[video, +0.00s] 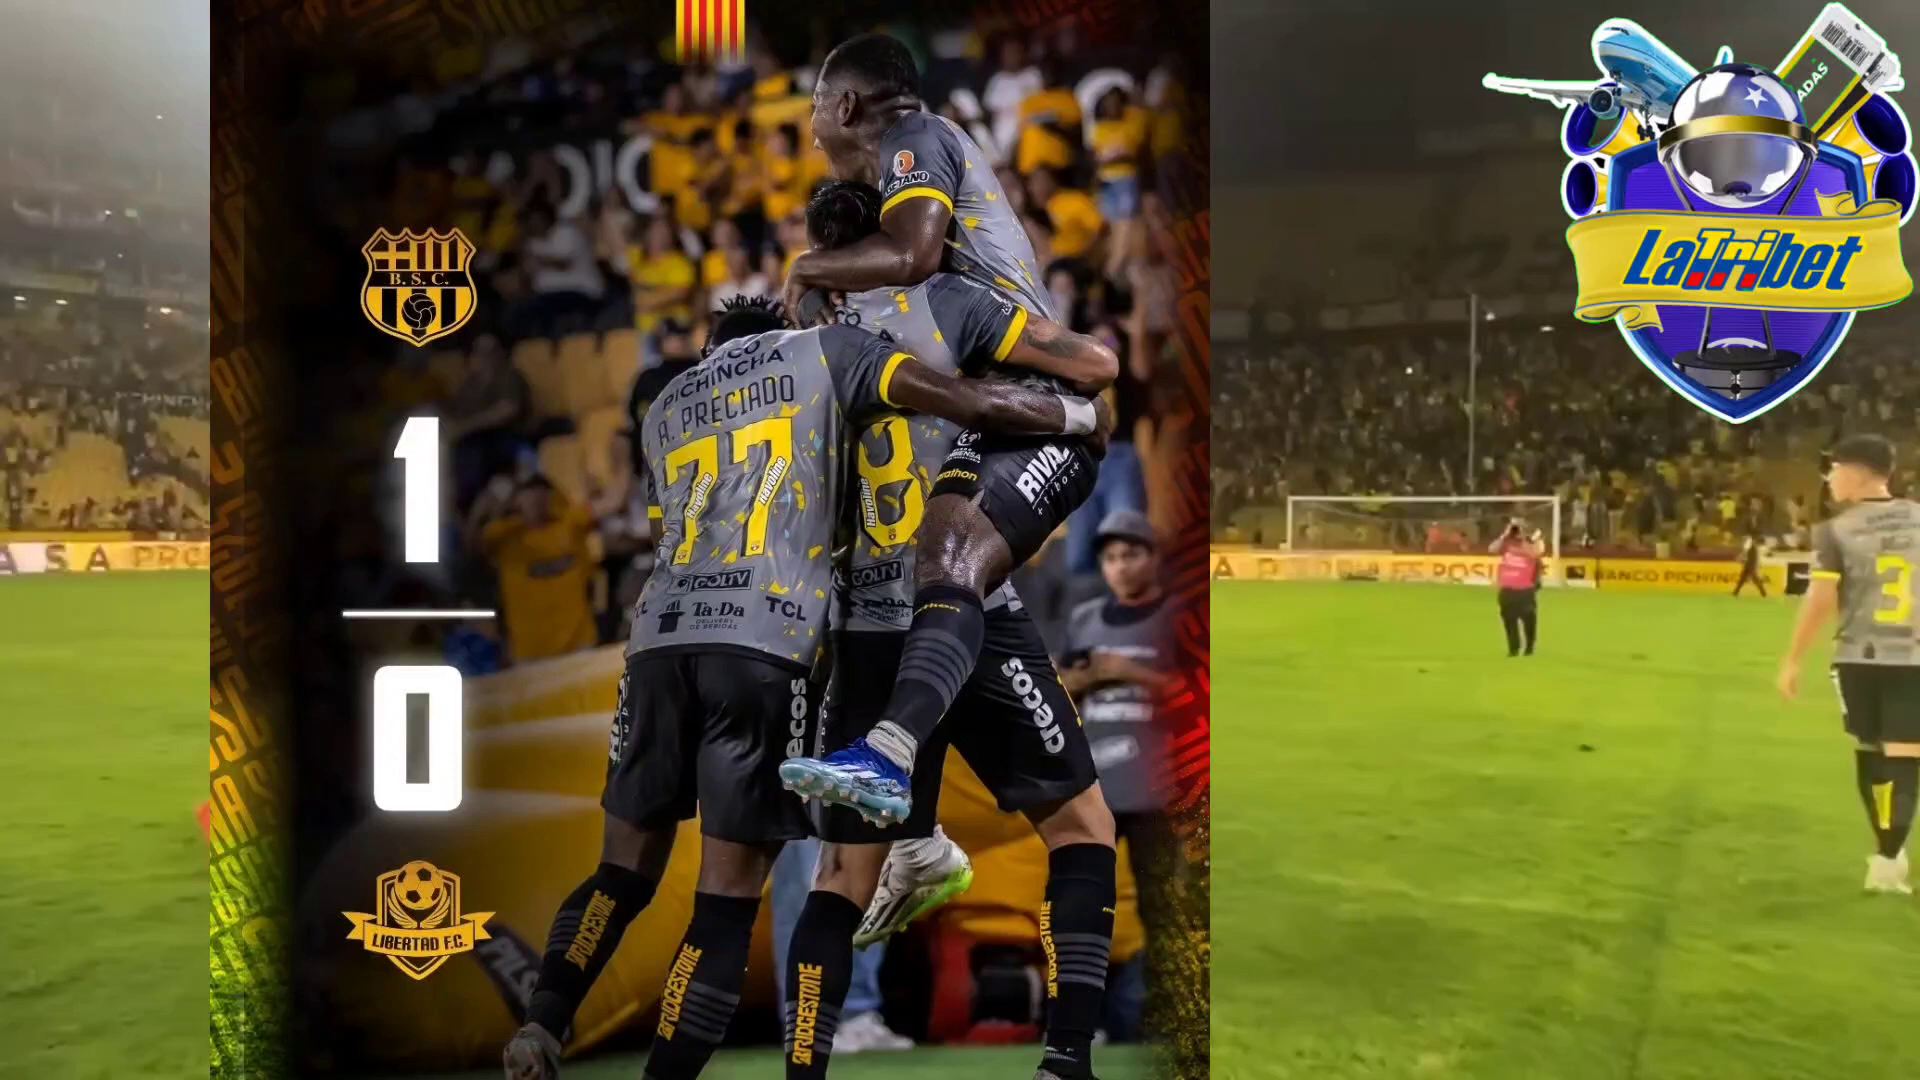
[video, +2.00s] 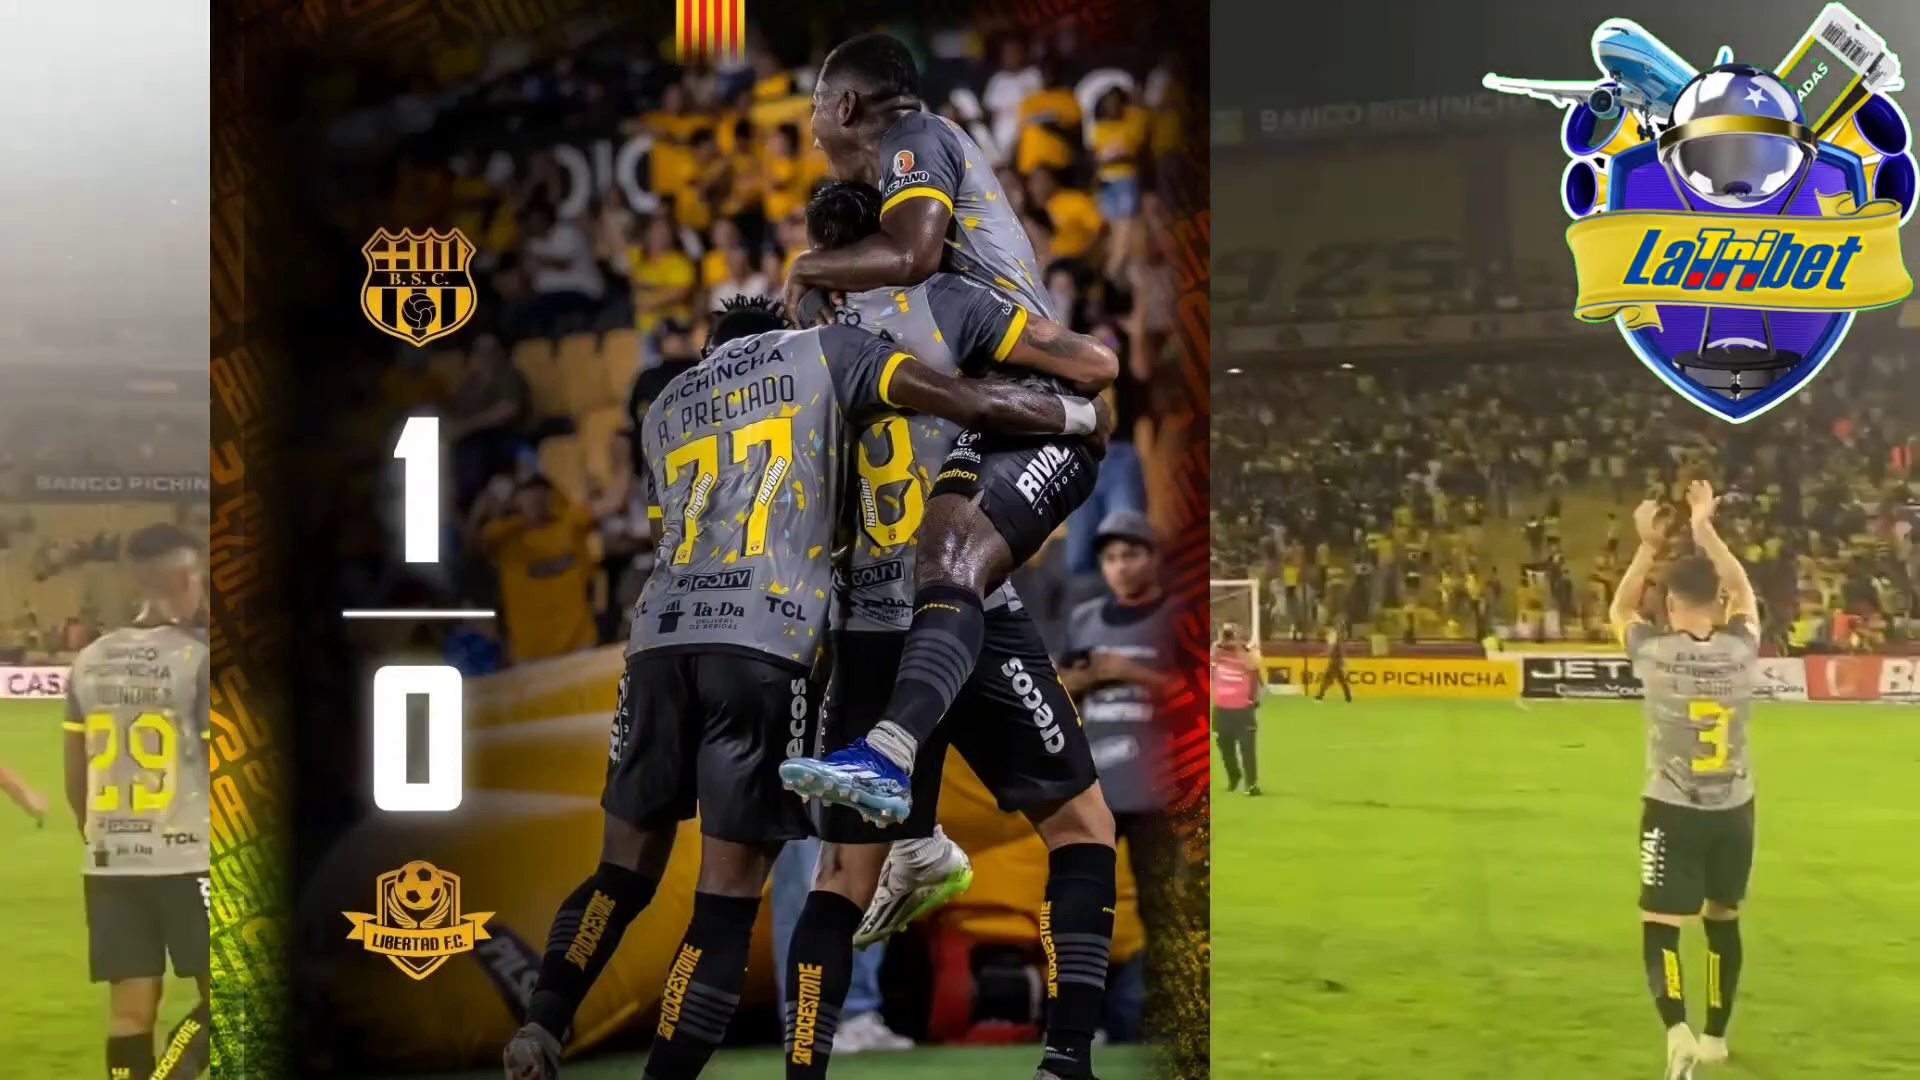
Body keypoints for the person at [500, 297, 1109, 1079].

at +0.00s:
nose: (821, 324)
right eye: (809, 318)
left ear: (708, 346)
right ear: (788, 324)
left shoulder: (661, 408)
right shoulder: (830, 347)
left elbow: (681, 519)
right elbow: (971, 400)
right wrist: (1088, 417)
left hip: (657, 648)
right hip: (762, 648)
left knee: (623, 867)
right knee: (727, 893)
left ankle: (543, 1026)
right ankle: (667, 1075)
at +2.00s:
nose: (820, 324)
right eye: (807, 318)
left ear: (708, 346)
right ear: (787, 324)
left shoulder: (660, 408)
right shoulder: (830, 348)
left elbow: (679, 520)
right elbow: (971, 400)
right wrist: (1089, 417)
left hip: (657, 648)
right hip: (761, 649)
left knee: (623, 867)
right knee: (726, 893)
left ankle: (543, 1026)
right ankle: (667, 1074)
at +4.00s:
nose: (820, 324)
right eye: (808, 318)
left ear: (708, 346)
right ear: (787, 324)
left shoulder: (660, 408)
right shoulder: (830, 348)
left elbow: (679, 520)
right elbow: (970, 400)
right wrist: (1089, 417)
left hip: (657, 648)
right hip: (761, 649)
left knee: (623, 867)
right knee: (726, 893)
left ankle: (543, 1026)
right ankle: (667, 1074)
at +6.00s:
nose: (828, 323)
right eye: (817, 317)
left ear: (710, 344)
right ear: (792, 322)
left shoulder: (662, 405)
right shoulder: (830, 347)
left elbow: (681, 519)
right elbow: (968, 398)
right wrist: (1085, 418)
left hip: (657, 648)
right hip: (762, 648)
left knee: (623, 865)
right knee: (727, 890)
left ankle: (542, 1027)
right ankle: (667, 1076)